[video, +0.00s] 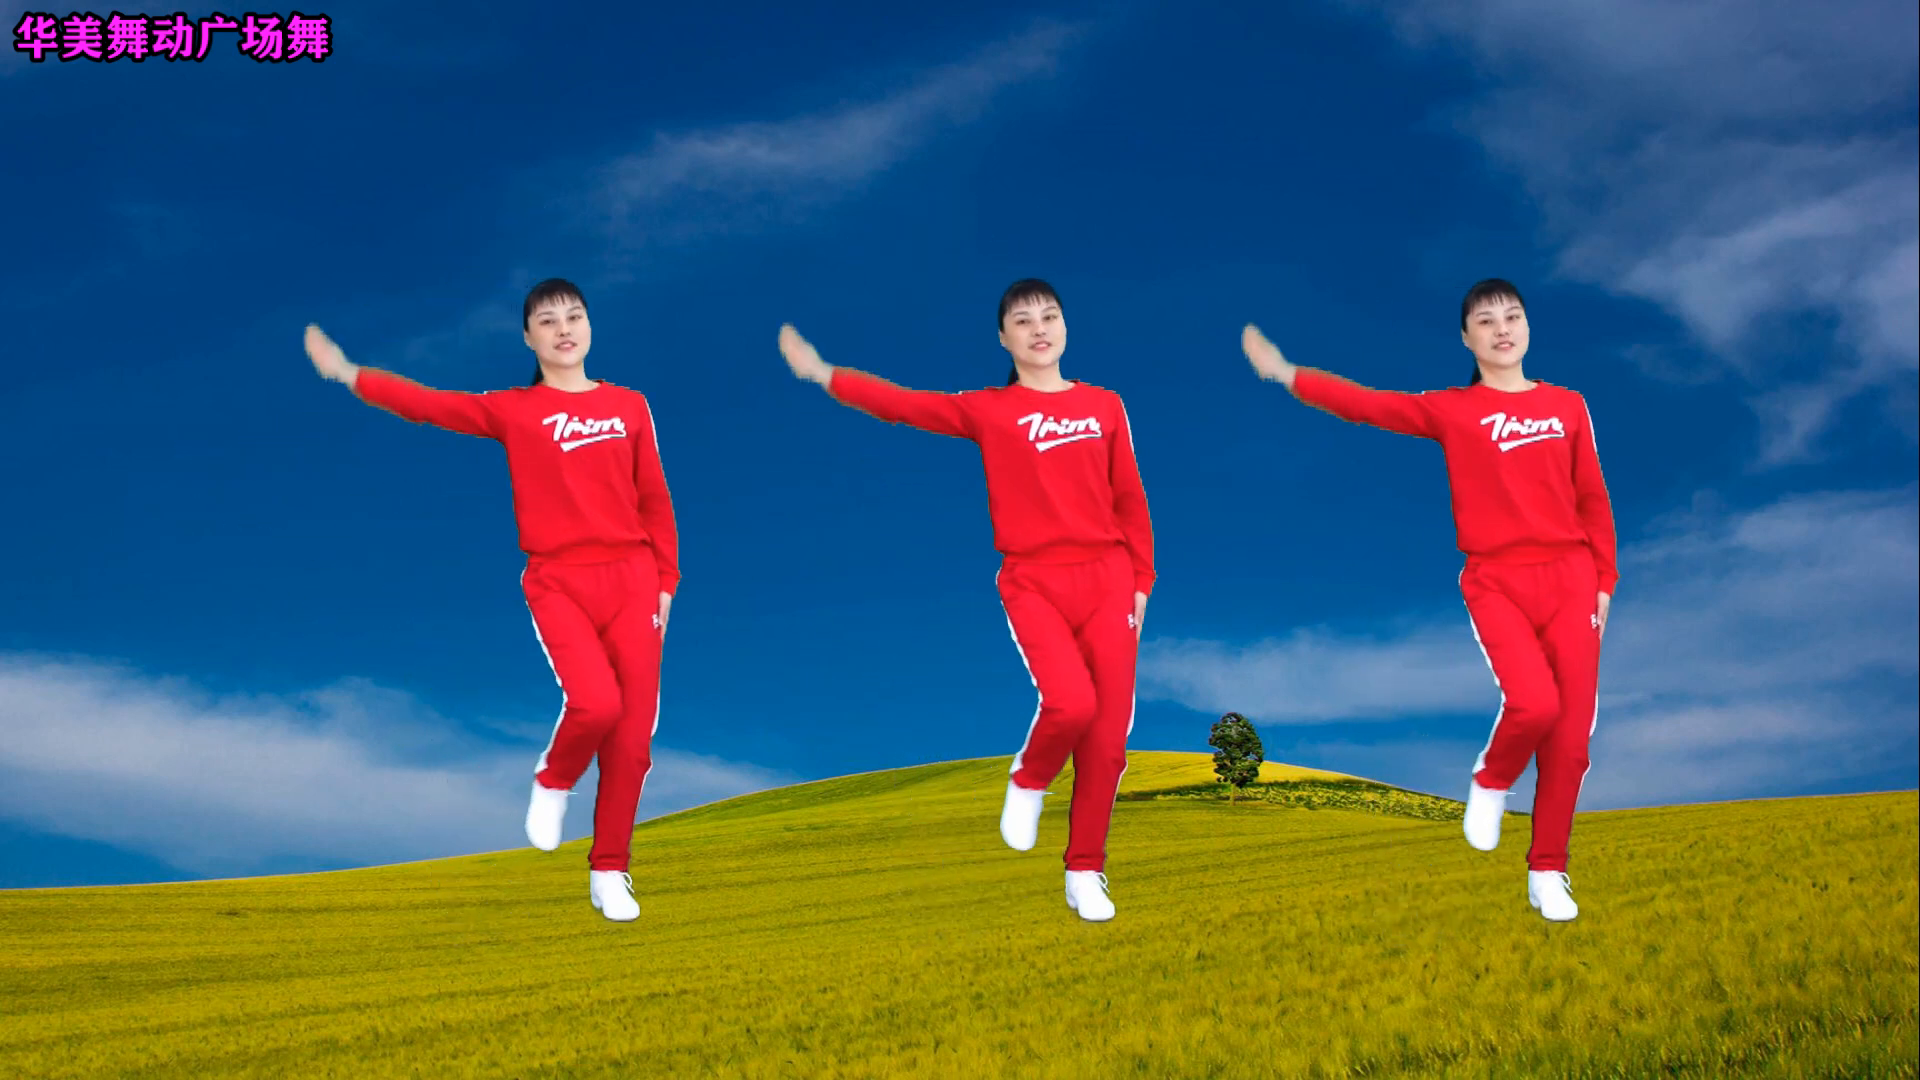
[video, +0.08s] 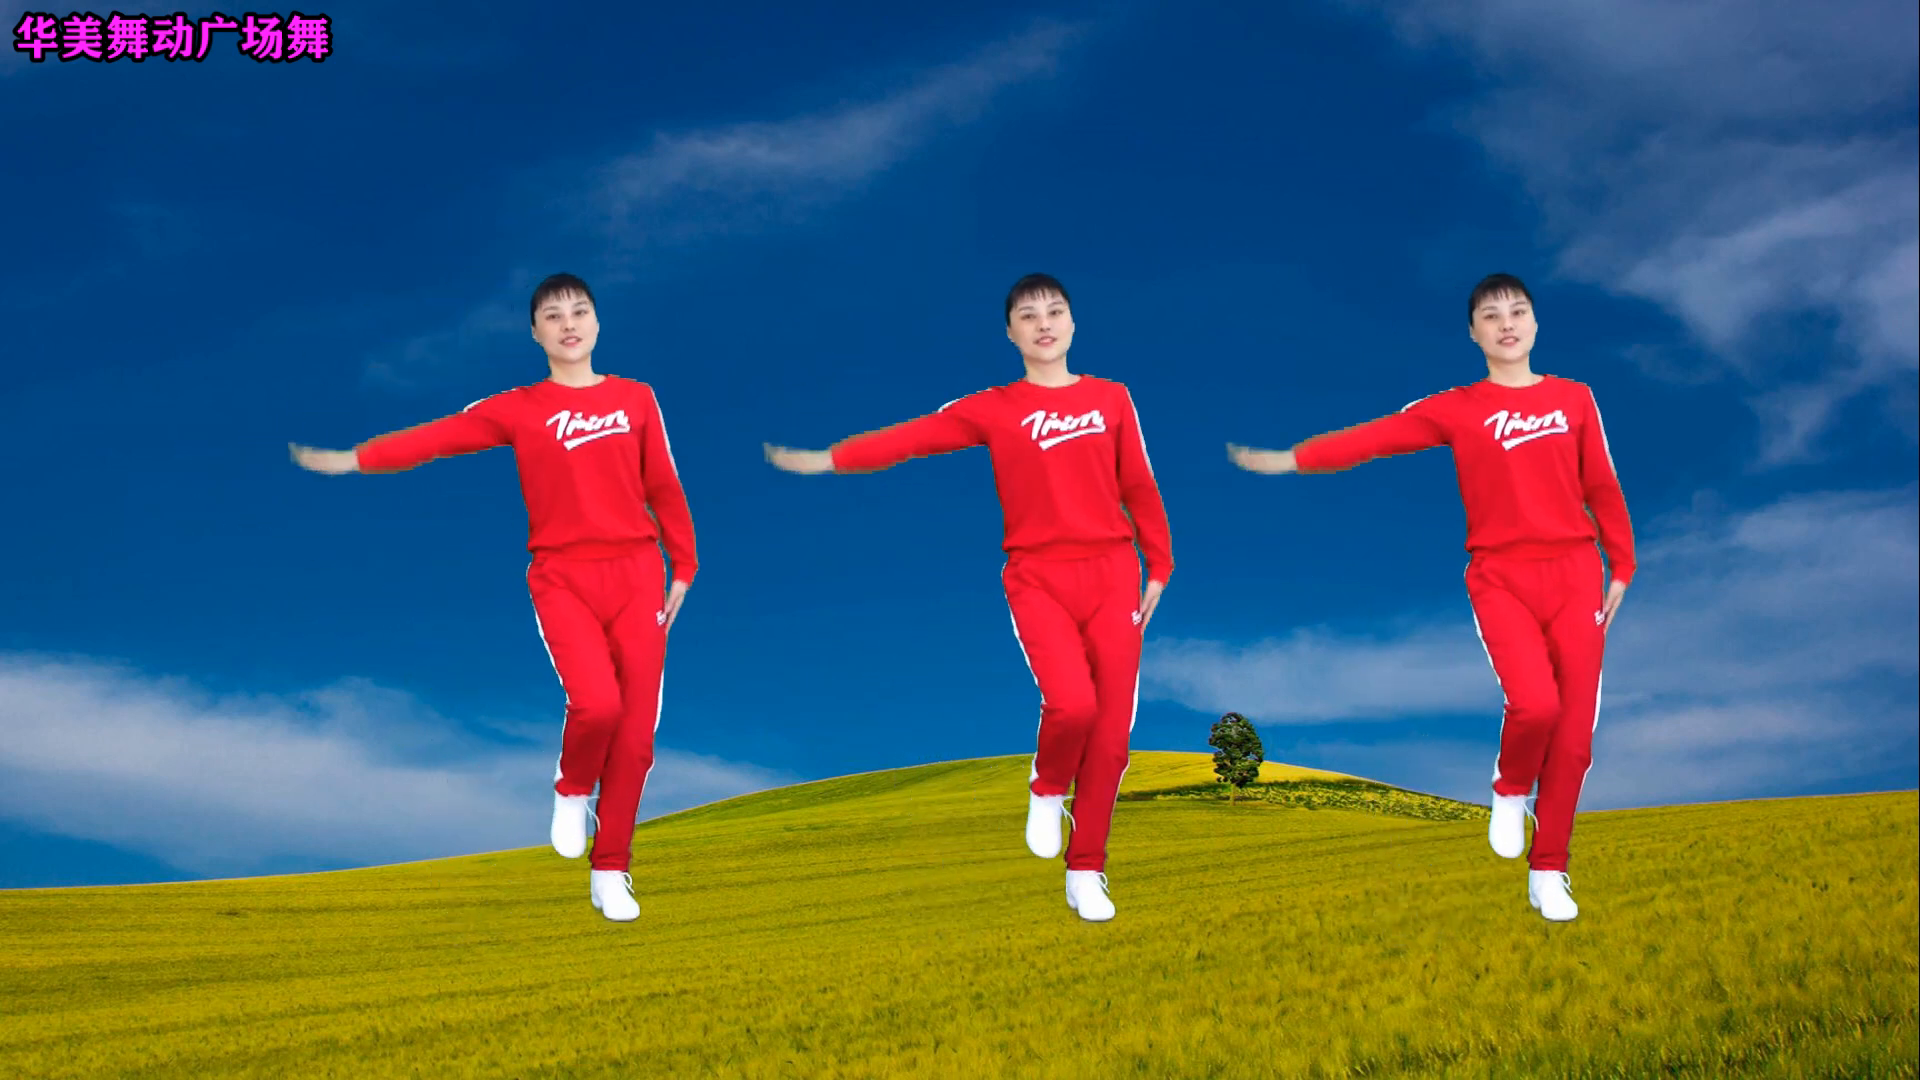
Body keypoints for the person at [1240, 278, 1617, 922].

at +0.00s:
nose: (1502, 329)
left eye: (1511, 318)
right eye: (1487, 321)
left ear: (1528, 328)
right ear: (1468, 337)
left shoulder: (1567, 405)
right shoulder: (1450, 407)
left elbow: (1595, 499)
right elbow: (1364, 403)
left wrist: (1605, 580)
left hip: (1570, 574)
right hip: (1495, 578)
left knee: (1574, 730)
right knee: (1536, 706)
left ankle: (1548, 869)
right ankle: (1490, 785)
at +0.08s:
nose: (1507, 324)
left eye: (1517, 313)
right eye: (1492, 316)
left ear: (1535, 323)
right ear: (1475, 332)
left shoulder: (1574, 398)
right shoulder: (1454, 407)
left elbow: (1604, 488)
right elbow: (1372, 438)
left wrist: (1622, 566)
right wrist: (1289, 458)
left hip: (1576, 569)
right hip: (1499, 574)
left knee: (1577, 728)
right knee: (1536, 706)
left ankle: (1549, 869)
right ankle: (1511, 792)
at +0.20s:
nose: (1511, 305)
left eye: (1523, 294)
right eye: (1498, 297)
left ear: (1542, 305)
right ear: (1482, 313)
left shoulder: (1579, 374)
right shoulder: (1466, 390)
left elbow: (1629, 451)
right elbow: (1417, 467)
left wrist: (1668, 524)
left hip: (1575, 560)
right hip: (1499, 563)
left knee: (1570, 721)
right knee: (1521, 717)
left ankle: (1557, 863)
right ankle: (1516, 827)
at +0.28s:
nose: (1515, 303)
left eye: (1527, 292)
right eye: (1501, 295)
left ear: (1546, 304)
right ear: (1486, 310)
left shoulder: (1582, 371)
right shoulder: (1468, 390)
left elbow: (1648, 437)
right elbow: (1445, 479)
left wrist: (1707, 501)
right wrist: (1418, 561)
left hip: (1571, 559)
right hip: (1495, 561)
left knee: (1565, 723)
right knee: (1510, 722)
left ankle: (1557, 865)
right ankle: (1514, 853)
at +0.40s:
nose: (1515, 309)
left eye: (1527, 298)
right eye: (1503, 301)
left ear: (1551, 310)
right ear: (1491, 317)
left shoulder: (1586, 381)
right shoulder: (1470, 399)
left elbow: (1662, 435)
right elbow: (1456, 495)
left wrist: (1740, 481)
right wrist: (1448, 573)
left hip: (1563, 568)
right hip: (1484, 569)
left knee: (1557, 731)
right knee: (1502, 731)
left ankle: (1552, 869)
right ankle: (1511, 865)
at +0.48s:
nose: (1506, 310)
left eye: (1519, 298)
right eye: (1497, 303)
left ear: (1550, 309)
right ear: (1489, 319)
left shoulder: (1583, 382)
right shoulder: (1470, 396)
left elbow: (1655, 445)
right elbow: (1450, 488)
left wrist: (1725, 502)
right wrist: (1435, 565)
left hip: (1560, 568)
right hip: (1483, 569)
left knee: (1555, 726)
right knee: (1500, 727)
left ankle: (1551, 866)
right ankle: (1508, 858)